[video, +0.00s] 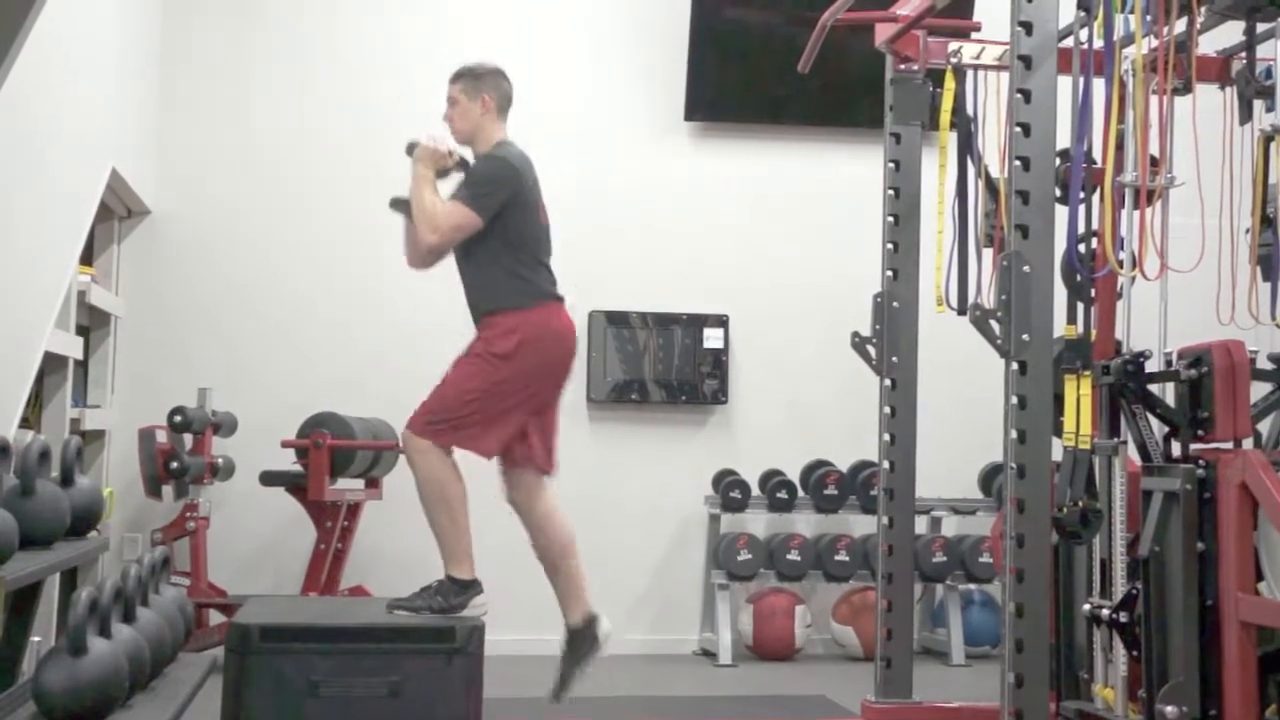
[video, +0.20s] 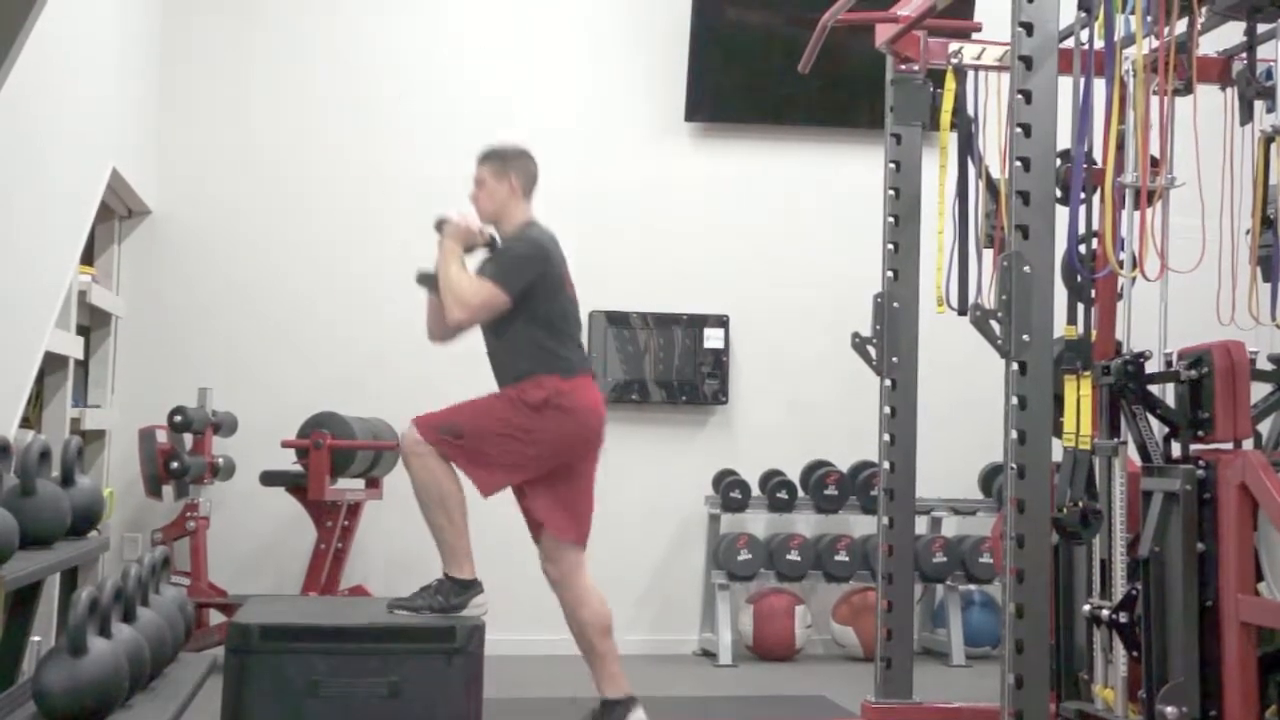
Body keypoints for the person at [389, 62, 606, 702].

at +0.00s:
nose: (446, 116)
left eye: (452, 104)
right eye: (447, 106)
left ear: (482, 103)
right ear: (489, 105)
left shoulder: (500, 164)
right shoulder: (492, 170)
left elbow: (434, 231)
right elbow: (421, 256)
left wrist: (422, 169)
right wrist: (426, 187)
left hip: (522, 331)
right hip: (542, 331)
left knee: (423, 439)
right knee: (527, 488)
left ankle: (458, 581)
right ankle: (581, 625)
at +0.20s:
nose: (472, 195)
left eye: (481, 184)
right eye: (474, 185)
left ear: (514, 187)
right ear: (510, 189)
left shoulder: (532, 246)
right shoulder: (511, 253)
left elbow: (462, 308)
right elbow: (442, 328)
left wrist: (452, 245)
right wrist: (447, 263)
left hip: (553, 402)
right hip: (571, 410)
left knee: (421, 442)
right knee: (564, 565)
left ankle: (460, 581)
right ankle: (617, 699)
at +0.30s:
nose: (493, 220)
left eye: (502, 210)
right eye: (494, 210)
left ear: (533, 211)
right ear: (531, 213)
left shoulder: (550, 272)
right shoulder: (532, 279)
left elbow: (485, 338)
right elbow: (464, 356)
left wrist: (472, 275)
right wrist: (465, 290)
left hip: (567, 428)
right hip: (576, 435)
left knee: (429, 441)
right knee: (558, 583)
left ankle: (461, 580)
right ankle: (625, 710)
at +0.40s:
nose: (508, 226)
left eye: (516, 215)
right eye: (510, 216)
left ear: (549, 218)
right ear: (545, 220)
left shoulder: (564, 278)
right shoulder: (545, 285)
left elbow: (497, 345)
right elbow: (483, 363)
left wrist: (488, 283)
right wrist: (487, 296)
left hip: (575, 432)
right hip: (582, 438)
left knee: (439, 437)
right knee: (556, 585)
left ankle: (461, 581)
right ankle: (624, 710)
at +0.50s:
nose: (518, 222)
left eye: (528, 212)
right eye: (521, 212)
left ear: (560, 216)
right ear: (557, 217)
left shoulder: (577, 275)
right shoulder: (554, 281)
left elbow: (508, 338)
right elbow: (490, 357)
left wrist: (497, 277)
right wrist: (495, 290)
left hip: (581, 430)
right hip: (589, 436)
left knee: (444, 435)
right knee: (564, 583)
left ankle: (461, 581)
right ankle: (624, 710)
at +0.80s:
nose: (545, 205)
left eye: (554, 195)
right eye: (547, 194)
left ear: (586, 201)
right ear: (581, 202)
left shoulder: (598, 259)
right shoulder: (575, 265)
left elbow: (531, 325)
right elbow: (506, 340)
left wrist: (515, 263)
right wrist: (509, 276)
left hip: (587, 414)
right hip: (596, 422)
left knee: (449, 429)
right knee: (586, 566)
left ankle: (463, 575)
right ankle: (624, 706)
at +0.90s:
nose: (532, 208)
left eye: (542, 198)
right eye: (534, 198)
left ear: (574, 204)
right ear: (567, 205)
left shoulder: (588, 263)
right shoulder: (561, 271)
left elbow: (523, 330)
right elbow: (498, 347)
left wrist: (502, 269)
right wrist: (499, 281)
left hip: (587, 415)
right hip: (592, 425)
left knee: (448, 429)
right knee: (564, 574)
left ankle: (464, 575)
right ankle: (622, 705)